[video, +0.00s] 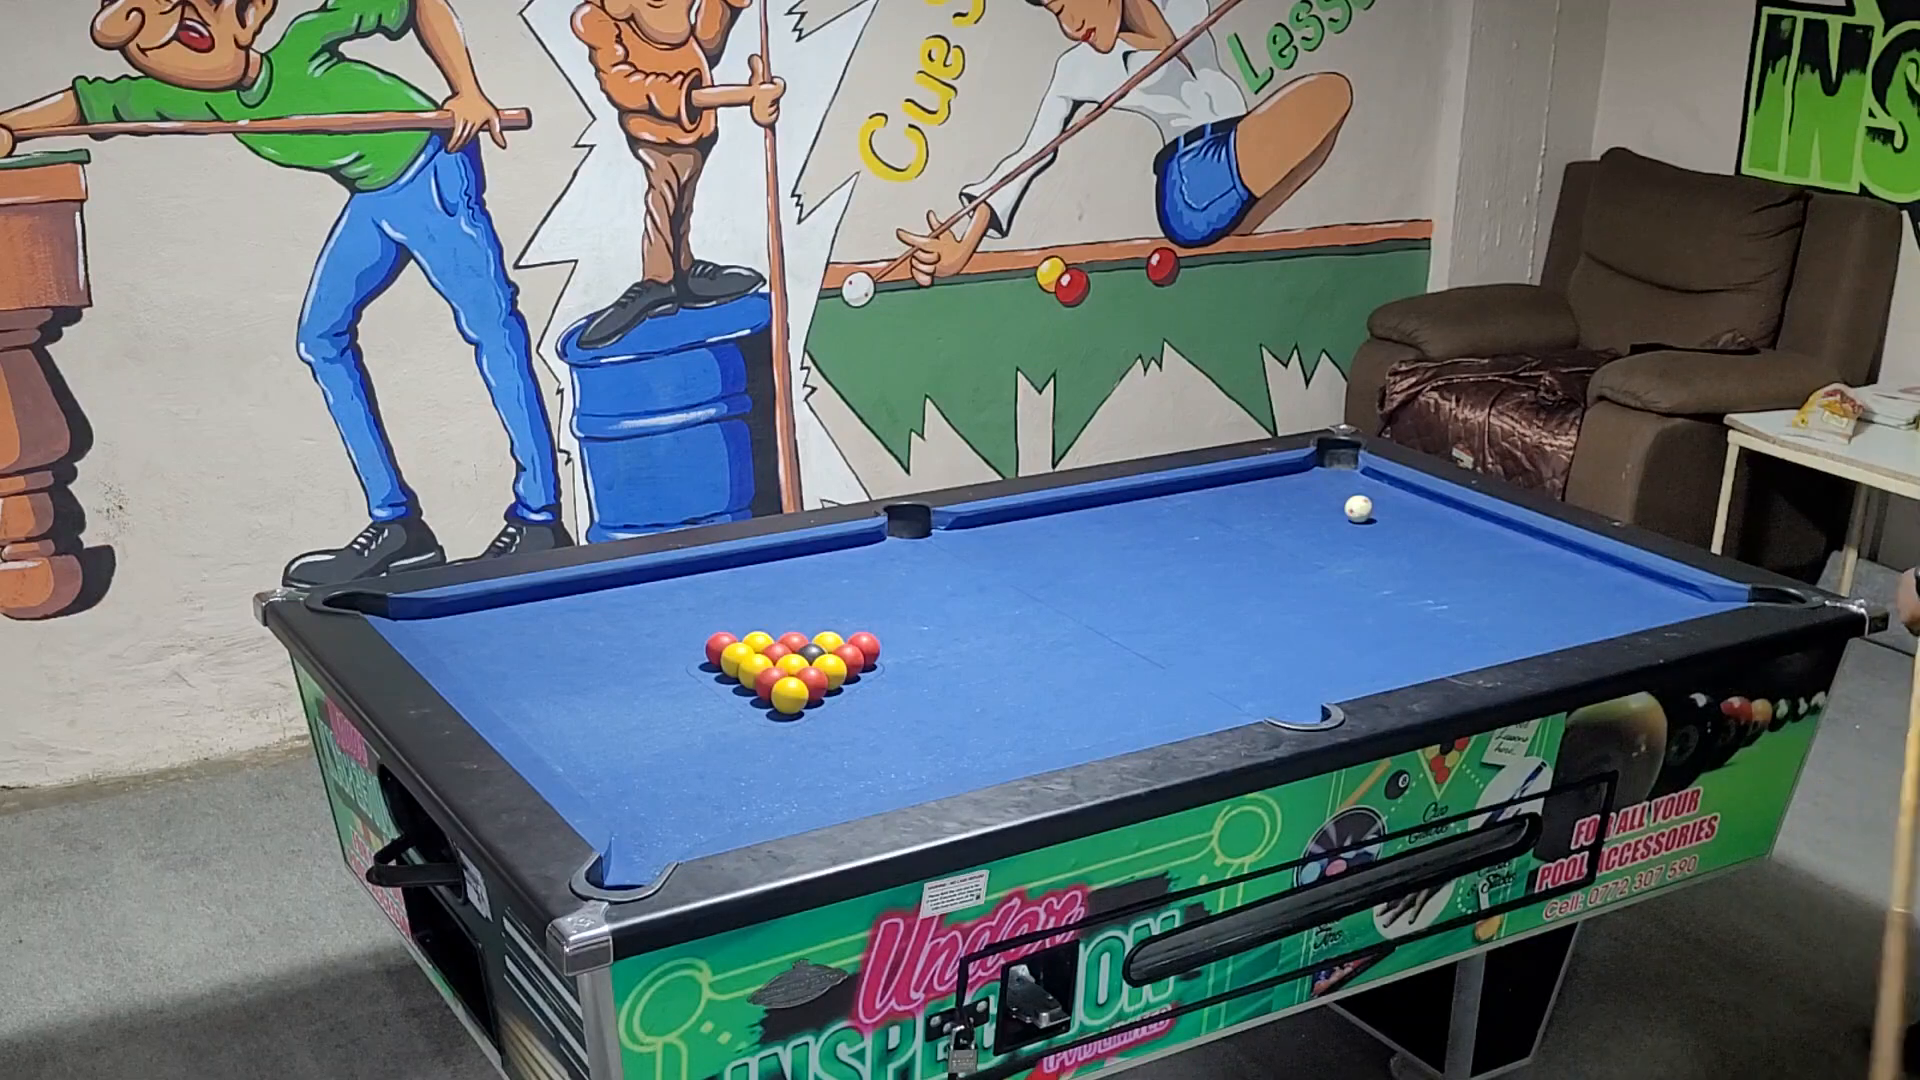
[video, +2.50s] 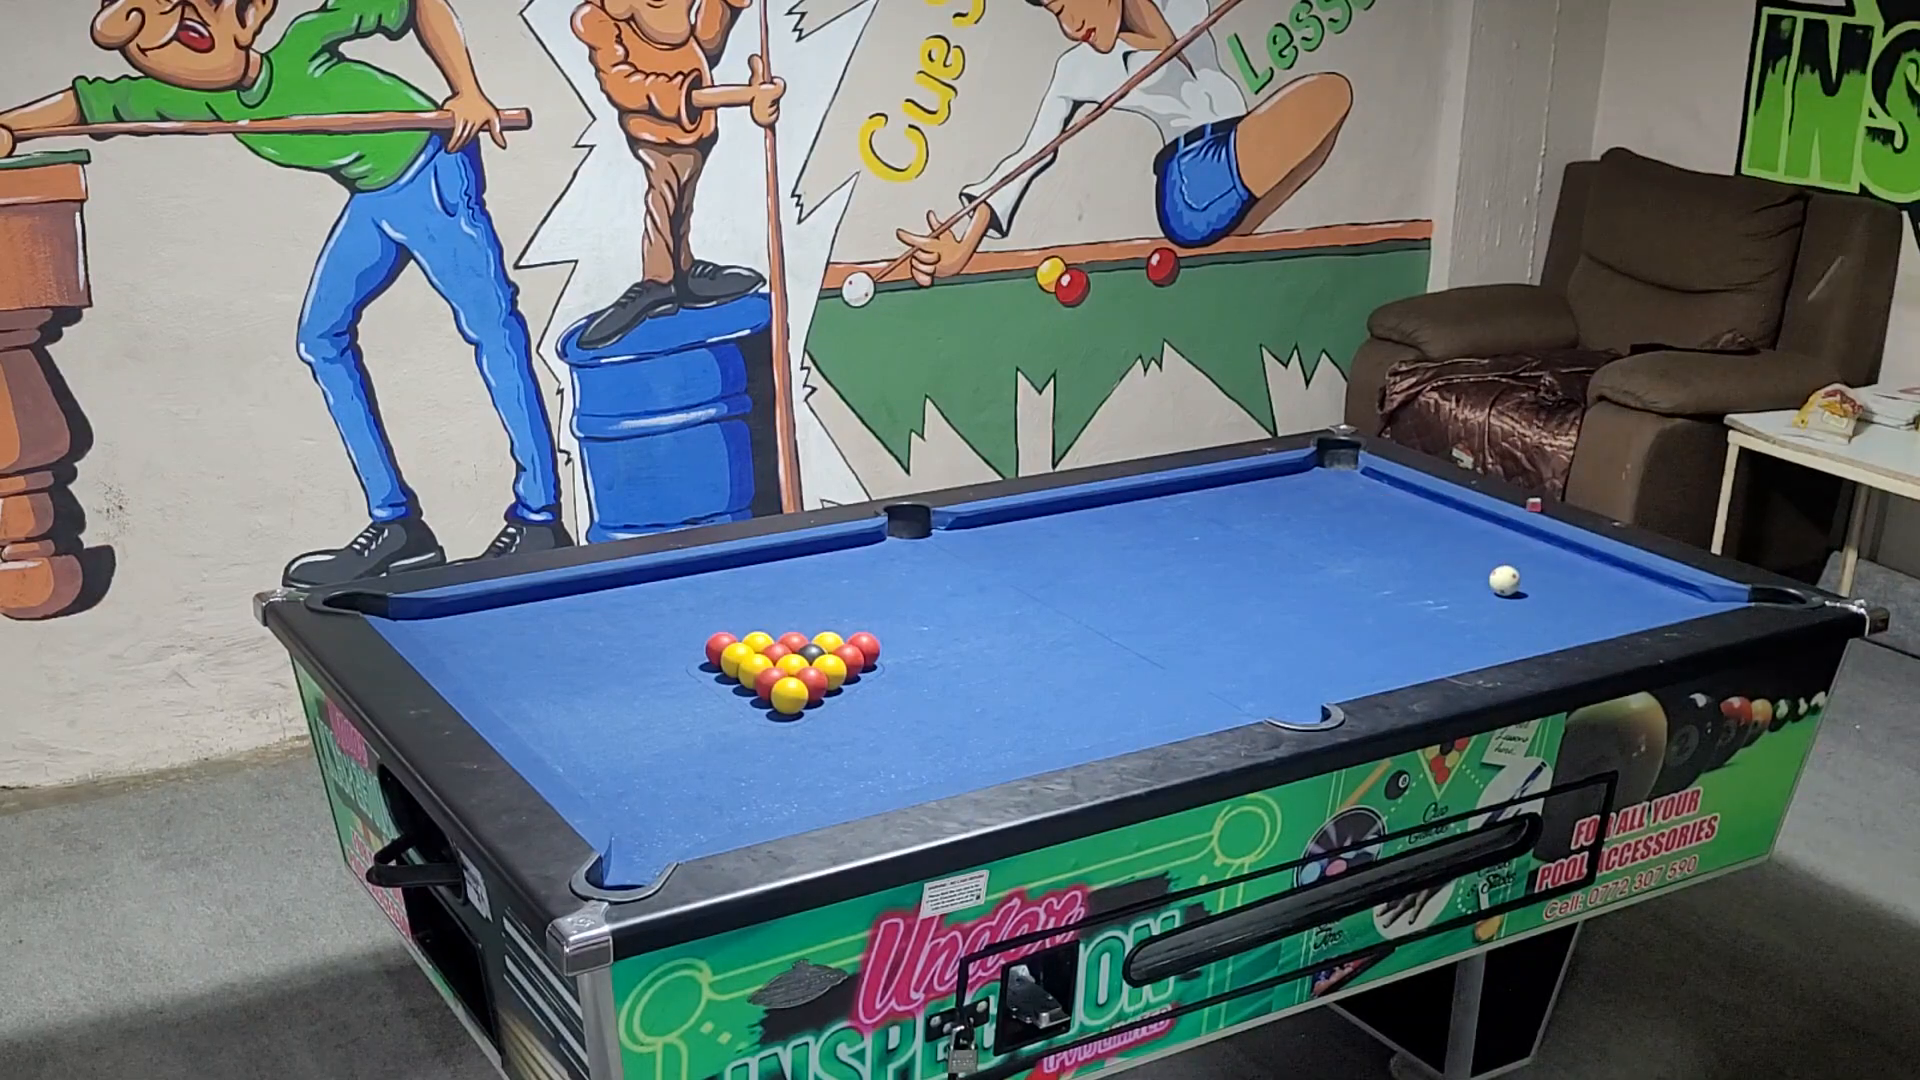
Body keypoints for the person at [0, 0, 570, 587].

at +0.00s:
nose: (207, 58)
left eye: (200, 43)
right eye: (190, 57)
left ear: (221, 22)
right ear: (181, 74)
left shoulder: (299, 37)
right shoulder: (211, 98)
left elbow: (419, 4)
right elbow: (89, 101)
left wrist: (467, 88)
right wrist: (9, 123)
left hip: (426, 165)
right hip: (368, 199)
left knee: (493, 331)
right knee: (322, 338)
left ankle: (540, 518)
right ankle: (397, 523)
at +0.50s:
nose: (207, 54)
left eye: (201, 39)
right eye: (190, 54)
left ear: (225, 19)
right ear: (181, 75)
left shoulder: (301, 37)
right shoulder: (212, 99)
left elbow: (418, 3)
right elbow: (89, 100)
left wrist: (467, 87)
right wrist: (10, 124)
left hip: (426, 165)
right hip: (369, 199)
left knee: (491, 327)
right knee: (322, 338)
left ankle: (540, 518)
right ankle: (397, 522)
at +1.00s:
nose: (207, 54)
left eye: (201, 40)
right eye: (190, 54)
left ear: (225, 19)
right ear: (182, 75)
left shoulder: (301, 37)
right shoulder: (213, 98)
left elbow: (418, 3)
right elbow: (90, 100)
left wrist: (467, 87)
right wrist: (10, 124)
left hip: (426, 165)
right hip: (369, 199)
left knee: (491, 327)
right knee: (322, 338)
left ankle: (540, 518)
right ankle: (397, 522)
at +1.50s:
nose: (209, 57)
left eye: (202, 43)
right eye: (191, 57)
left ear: (224, 22)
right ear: (182, 73)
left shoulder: (300, 37)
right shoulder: (211, 98)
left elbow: (419, 4)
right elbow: (89, 100)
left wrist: (467, 87)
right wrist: (9, 124)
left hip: (426, 165)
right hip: (369, 199)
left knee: (493, 330)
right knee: (322, 338)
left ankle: (540, 517)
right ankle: (397, 523)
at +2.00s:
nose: (209, 57)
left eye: (203, 42)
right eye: (192, 56)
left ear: (225, 23)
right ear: (184, 74)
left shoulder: (300, 37)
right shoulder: (212, 99)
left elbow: (419, 4)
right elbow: (89, 100)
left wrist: (467, 87)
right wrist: (9, 124)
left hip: (426, 166)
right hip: (369, 199)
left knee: (492, 330)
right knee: (322, 338)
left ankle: (541, 517)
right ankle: (397, 523)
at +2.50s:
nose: (207, 53)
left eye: (200, 39)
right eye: (190, 54)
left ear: (225, 20)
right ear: (183, 74)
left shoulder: (300, 37)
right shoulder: (213, 99)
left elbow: (418, 4)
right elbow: (90, 101)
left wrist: (467, 87)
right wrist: (9, 124)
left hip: (426, 166)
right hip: (369, 199)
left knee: (492, 330)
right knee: (322, 338)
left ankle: (541, 517)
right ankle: (397, 523)